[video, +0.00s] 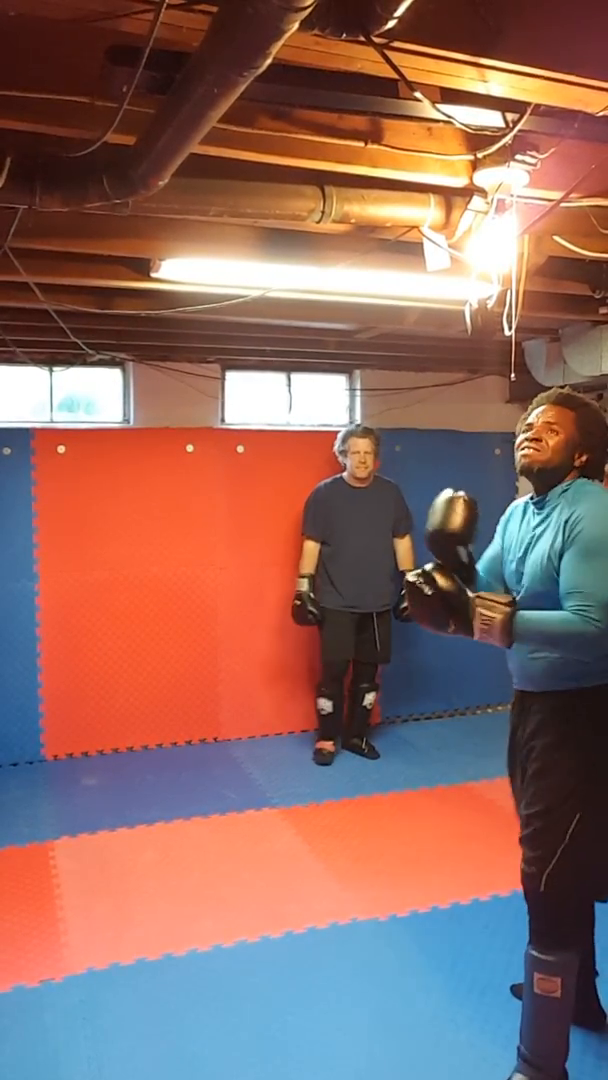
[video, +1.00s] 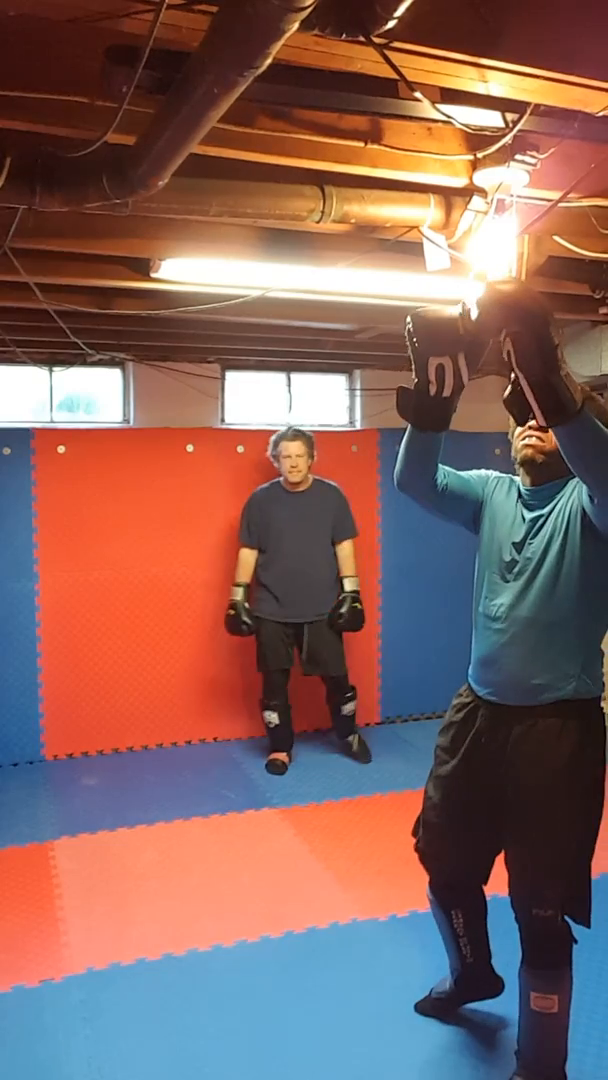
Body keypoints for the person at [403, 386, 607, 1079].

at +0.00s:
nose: (524, 437)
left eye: (542, 429)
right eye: (524, 429)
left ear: (579, 447)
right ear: (523, 444)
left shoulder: (591, 509)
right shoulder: (516, 515)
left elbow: (595, 622)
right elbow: (488, 595)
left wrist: (513, 624)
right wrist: (443, 605)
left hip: (577, 711)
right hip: (535, 707)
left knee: (550, 874)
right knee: (557, 858)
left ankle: (542, 1064)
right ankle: (575, 991)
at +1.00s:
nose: (530, 428)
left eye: (546, 420)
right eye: (521, 419)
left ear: (575, 435)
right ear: (508, 434)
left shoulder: (591, 499)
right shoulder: (492, 489)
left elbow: (597, 468)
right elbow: (415, 479)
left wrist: (548, 381)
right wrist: (430, 419)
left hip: (561, 723)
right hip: (479, 713)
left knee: (543, 905)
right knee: (443, 850)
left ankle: (542, 1065)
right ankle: (474, 974)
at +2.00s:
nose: (510, 428)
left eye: (525, 421)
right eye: (507, 417)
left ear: (562, 435)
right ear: (502, 429)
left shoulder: (588, 501)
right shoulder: (487, 489)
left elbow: (604, 483)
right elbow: (403, 482)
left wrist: (558, 391)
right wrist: (419, 405)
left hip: (561, 724)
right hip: (479, 713)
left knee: (543, 905)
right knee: (440, 847)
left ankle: (543, 1066)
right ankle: (473, 974)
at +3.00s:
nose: (481, 477)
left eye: (485, 462)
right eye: (480, 463)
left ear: (518, 458)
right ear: (531, 458)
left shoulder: (539, 507)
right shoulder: (571, 500)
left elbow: (493, 612)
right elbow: (541, 601)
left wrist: (425, 575)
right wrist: (472, 567)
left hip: (544, 704)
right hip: (578, 697)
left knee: (537, 876)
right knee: (574, 856)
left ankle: (541, 1064)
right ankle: (594, 983)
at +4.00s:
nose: (391, 473)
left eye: (393, 465)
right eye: (395, 465)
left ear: (408, 465)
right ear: (457, 463)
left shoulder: (385, 509)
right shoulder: (490, 504)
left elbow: (364, 603)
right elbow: (484, 583)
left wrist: (349, 554)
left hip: (424, 677)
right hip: (487, 673)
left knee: (427, 820)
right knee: (469, 806)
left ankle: (433, 975)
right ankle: (458, 925)